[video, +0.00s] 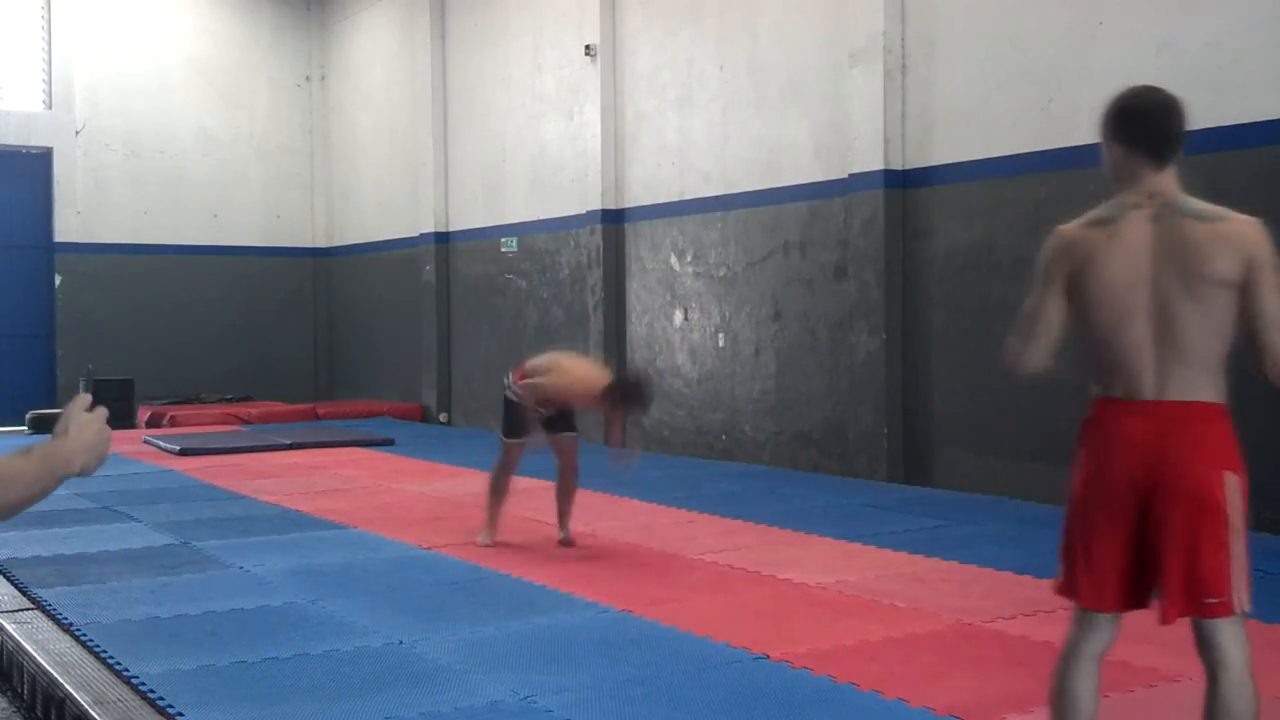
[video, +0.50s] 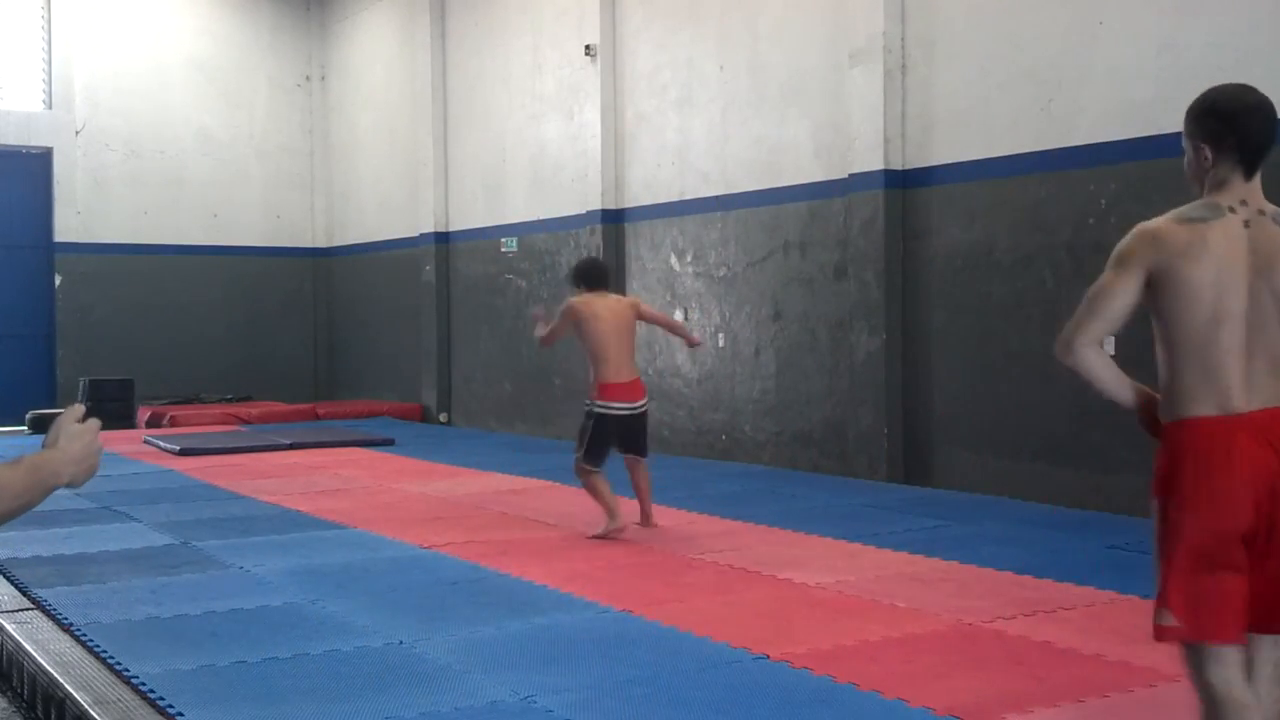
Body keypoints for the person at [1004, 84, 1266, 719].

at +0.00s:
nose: (1104, 158)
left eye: (1105, 147)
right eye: (1108, 147)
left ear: (1113, 152)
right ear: (1178, 148)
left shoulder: (1074, 241)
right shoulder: (1242, 235)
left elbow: (1026, 357)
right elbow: (1274, 361)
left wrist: (1067, 295)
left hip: (1113, 451)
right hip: (1204, 452)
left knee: (1089, 634)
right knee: (1224, 639)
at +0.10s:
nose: (1132, 162)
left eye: (1132, 151)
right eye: (1132, 151)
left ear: (1144, 153)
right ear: (1206, 150)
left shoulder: (1100, 241)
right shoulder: (1265, 237)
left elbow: (1085, 368)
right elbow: (1275, 373)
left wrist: (1139, 335)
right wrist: (1232, 338)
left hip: (1137, 451)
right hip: (1228, 452)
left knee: (1104, 634)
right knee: (1236, 646)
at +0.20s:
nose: (1152, 162)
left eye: (1153, 150)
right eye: (1153, 150)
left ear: (1170, 152)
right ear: (1227, 150)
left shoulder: (1124, 235)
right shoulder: (1270, 231)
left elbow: (1098, 357)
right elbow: (1269, 350)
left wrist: (1165, 356)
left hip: (1156, 448)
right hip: (1248, 448)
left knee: (1114, 623)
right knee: (1245, 637)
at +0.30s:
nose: (1170, 160)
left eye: (1171, 148)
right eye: (1169, 148)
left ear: (1190, 150)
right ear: (1244, 149)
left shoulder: (1140, 232)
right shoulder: (1275, 229)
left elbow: (1075, 342)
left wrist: (1144, 361)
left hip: (1172, 451)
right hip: (1261, 451)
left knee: (1134, 624)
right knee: (1253, 645)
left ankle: (1194, 715)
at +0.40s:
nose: (1182, 158)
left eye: (1183, 146)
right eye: (1183, 146)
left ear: (1200, 150)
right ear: (1256, 148)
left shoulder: (1154, 236)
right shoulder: (1277, 227)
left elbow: (1067, 339)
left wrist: (1138, 388)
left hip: (1187, 456)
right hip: (1271, 452)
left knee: (1171, 639)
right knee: (1260, 642)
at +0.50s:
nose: (1186, 159)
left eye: (1187, 147)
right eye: (1187, 147)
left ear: (1203, 153)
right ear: (1261, 151)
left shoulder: (1158, 240)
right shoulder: (1279, 229)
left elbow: (1078, 346)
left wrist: (1142, 399)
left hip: (1205, 468)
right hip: (1274, 460)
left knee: (1220, 675)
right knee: (1269, 669)